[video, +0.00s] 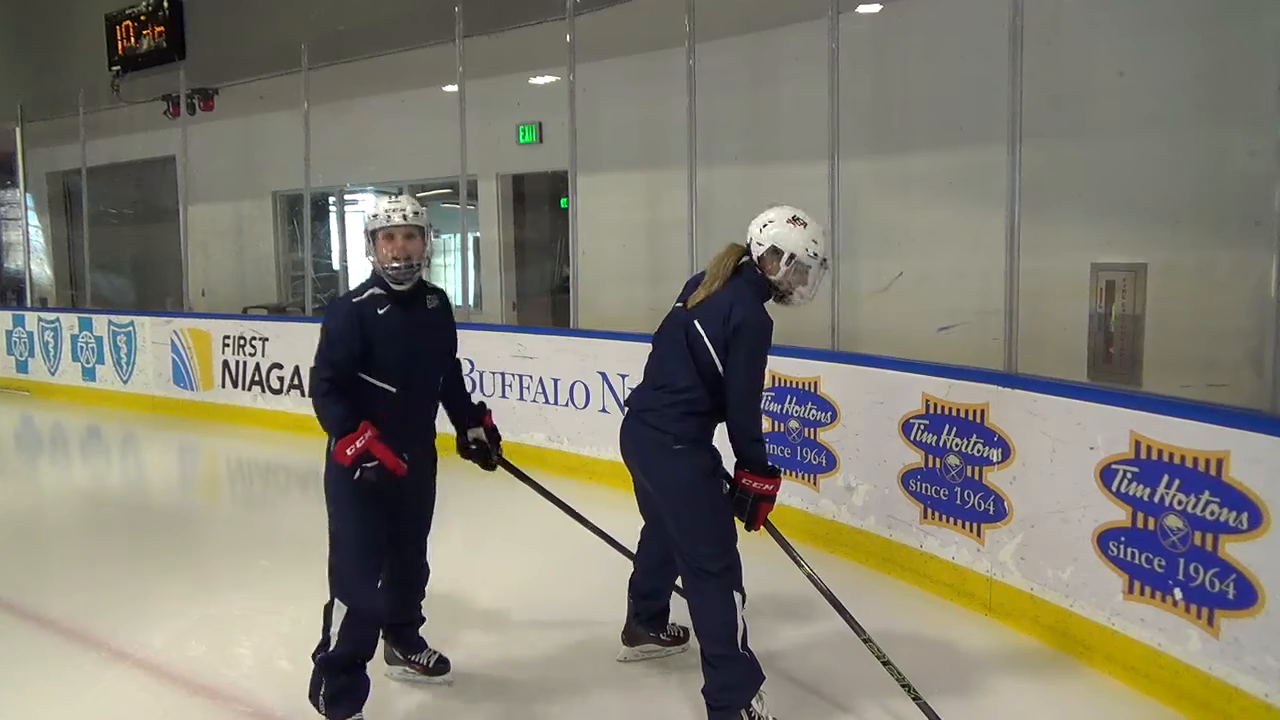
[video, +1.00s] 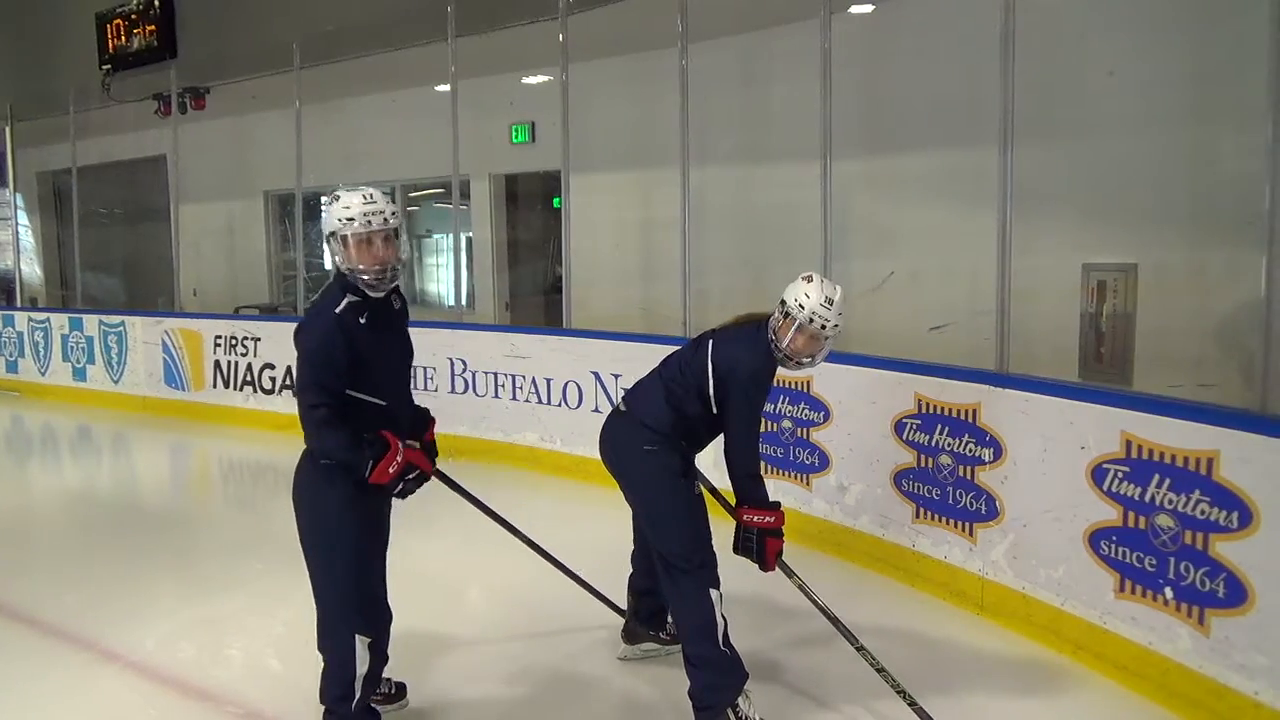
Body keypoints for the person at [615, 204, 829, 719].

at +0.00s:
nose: (803, 282)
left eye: (808, 271)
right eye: (800, 269)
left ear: (761, 254)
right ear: (774, 260)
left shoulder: (706, 281)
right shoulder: (750, 315)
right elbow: (743, 406)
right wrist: (757, 472)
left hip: (641, 434)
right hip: (679, 448)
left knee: (663, 529)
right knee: (714, 569)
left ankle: (644, 623)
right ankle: (732, 701)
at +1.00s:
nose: (803, 344)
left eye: (815, 338)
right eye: (799, 330)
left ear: (826, 342)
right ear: (781, 318)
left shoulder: (751, 337)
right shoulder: (752, 359)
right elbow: (741, 445)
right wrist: (758, 515)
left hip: (630, 434)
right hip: (652, 446)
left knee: (656, 533)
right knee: (693, 569)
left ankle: (644, 623)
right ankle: (718, 703)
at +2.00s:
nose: (787, 346)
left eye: (800, 340)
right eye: (784, 332)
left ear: (812, 344)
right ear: (767, 320)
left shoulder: (737, 337)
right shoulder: (737, 361)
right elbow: (727, 448)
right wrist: (746, 517)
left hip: (616, 434)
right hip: (634, 446)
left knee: (644, 533)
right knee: (679, 569)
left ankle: (635, 622)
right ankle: (703, 703)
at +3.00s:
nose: (777, 346)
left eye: (790, 340)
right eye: (773, 332)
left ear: (803, 343)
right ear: (756, 319)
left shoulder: (727, 341)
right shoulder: (726, 362)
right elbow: (716, 449)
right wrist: (735, 518)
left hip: (607, 434)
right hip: (621, 444)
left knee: (633, 533)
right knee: (666, 568)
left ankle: (626, 622)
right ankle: (691, 703)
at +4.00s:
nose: (775, 348)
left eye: (788, 342)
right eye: (771, 333)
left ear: (802, 345)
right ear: (755, 320)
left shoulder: (725, 340)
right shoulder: (725, 363)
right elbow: (714, 449)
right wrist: (732, 516)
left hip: (604, 434)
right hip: (620, 445)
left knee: (630, 534)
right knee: (664, 569)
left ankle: (621, 623)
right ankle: (689, 703)